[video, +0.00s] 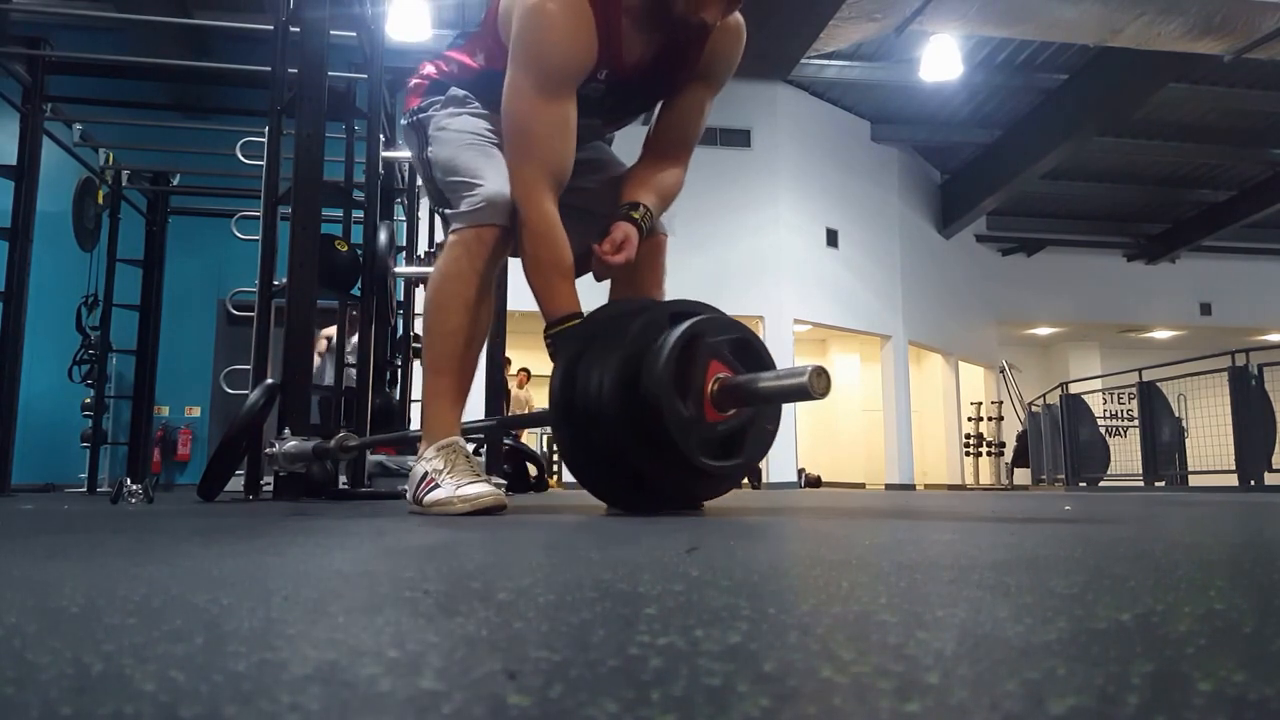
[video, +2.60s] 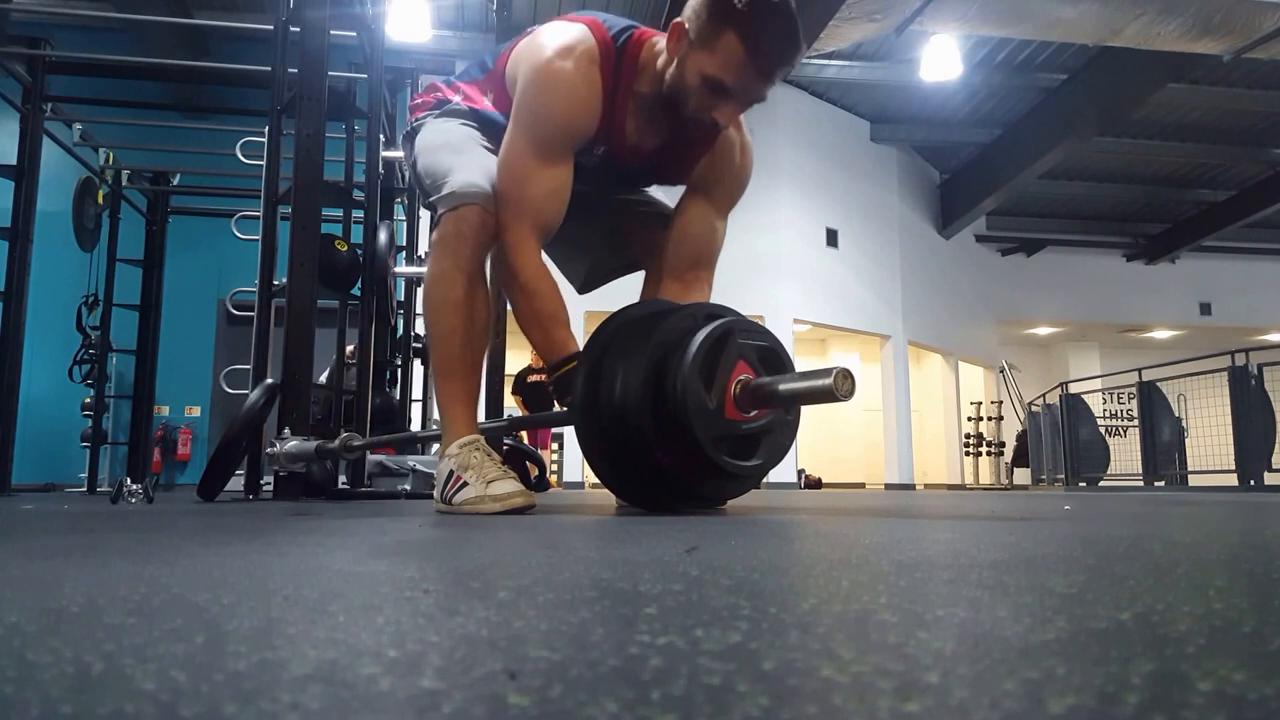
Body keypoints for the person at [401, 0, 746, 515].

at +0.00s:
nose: (718, 11)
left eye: (730, 3)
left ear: (738, 2)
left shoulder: (724, 32)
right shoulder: (558, 14)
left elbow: (668, 155)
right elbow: (536, 191)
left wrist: (634, 214)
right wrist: (570, 345)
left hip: (572, 122)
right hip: (464, 98)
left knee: (646, 238)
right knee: (491, 207)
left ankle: (641, 453)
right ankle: (440, 453)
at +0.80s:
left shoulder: (723, 10)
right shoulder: (553, 4)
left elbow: (693, 143)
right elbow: (531, 126)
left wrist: (664, 264)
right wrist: (565, 295)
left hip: (582, 111)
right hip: (475, 83)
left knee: (639, 247)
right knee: (497, 220)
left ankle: (629, 464)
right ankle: (459, 452)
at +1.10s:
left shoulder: (722, 1)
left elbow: (717, 115)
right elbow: (500, 74)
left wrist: (705, 251)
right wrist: (522, 234)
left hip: (573, 106)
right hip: (472, 76)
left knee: (632, 242)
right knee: (493, 228)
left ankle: (628, 462)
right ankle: (456, 451)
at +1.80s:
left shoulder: (733, 19)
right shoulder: (560, 3)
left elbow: (702, 159)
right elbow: (535, 125)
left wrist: (671, 295)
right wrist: (559, 294)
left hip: (578, 116)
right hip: (472, 85)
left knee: (654, 242)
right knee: (490, 207)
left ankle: (652, 460)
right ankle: (462, 451)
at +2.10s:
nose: (730, 54)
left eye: (751, 42)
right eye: (721, 26)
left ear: (770, 33)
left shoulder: (732, 93)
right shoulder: (566, 29)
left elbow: (686, 230)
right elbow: (541, 204)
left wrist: (650, 363)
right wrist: (574, 355)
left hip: (581, 141)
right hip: (477, 107)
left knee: (664, 236)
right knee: (487, 199)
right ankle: (461, 451)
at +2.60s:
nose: (725, 118)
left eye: (746, 104)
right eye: (715, 89)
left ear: (765, 91)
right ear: (677, 40)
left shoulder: (727, 152)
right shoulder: (566, 69)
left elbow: (688, 276)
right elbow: (520, 245)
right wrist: (577, 380)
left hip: (574, 160)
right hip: (473, 120)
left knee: (677, 248)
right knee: (472, 213)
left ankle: (656, 453)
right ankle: (461, 452)